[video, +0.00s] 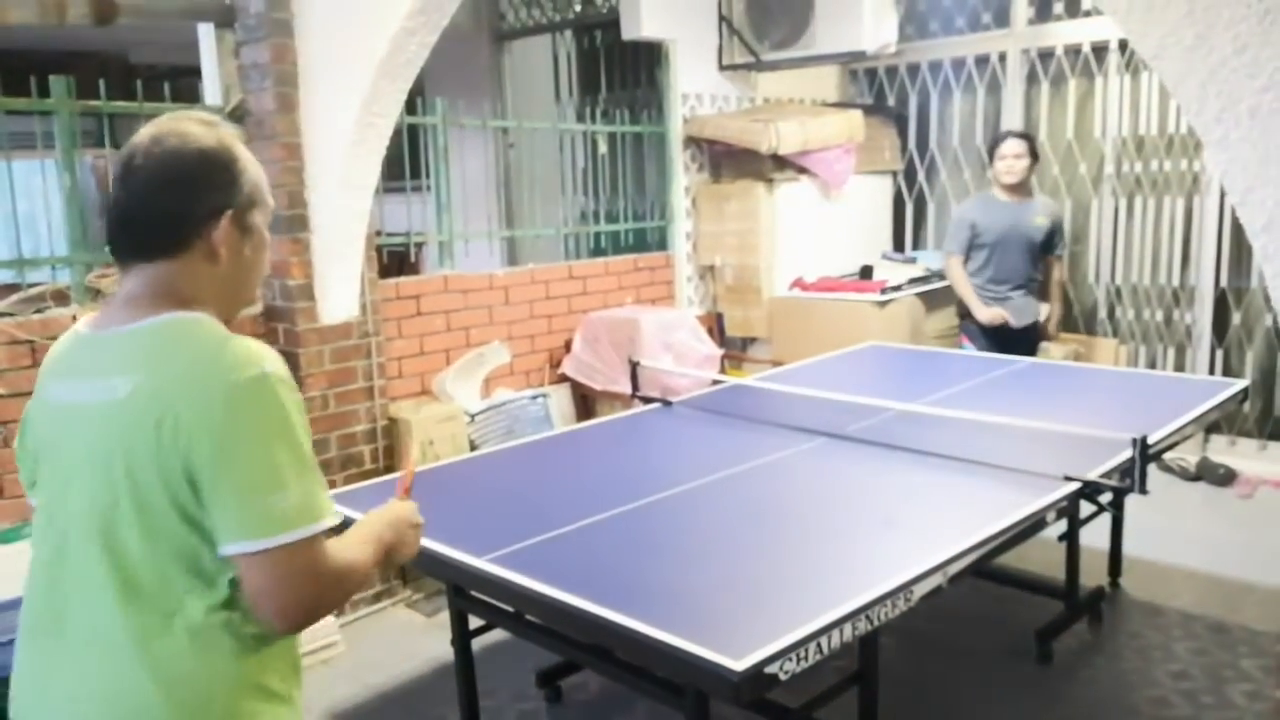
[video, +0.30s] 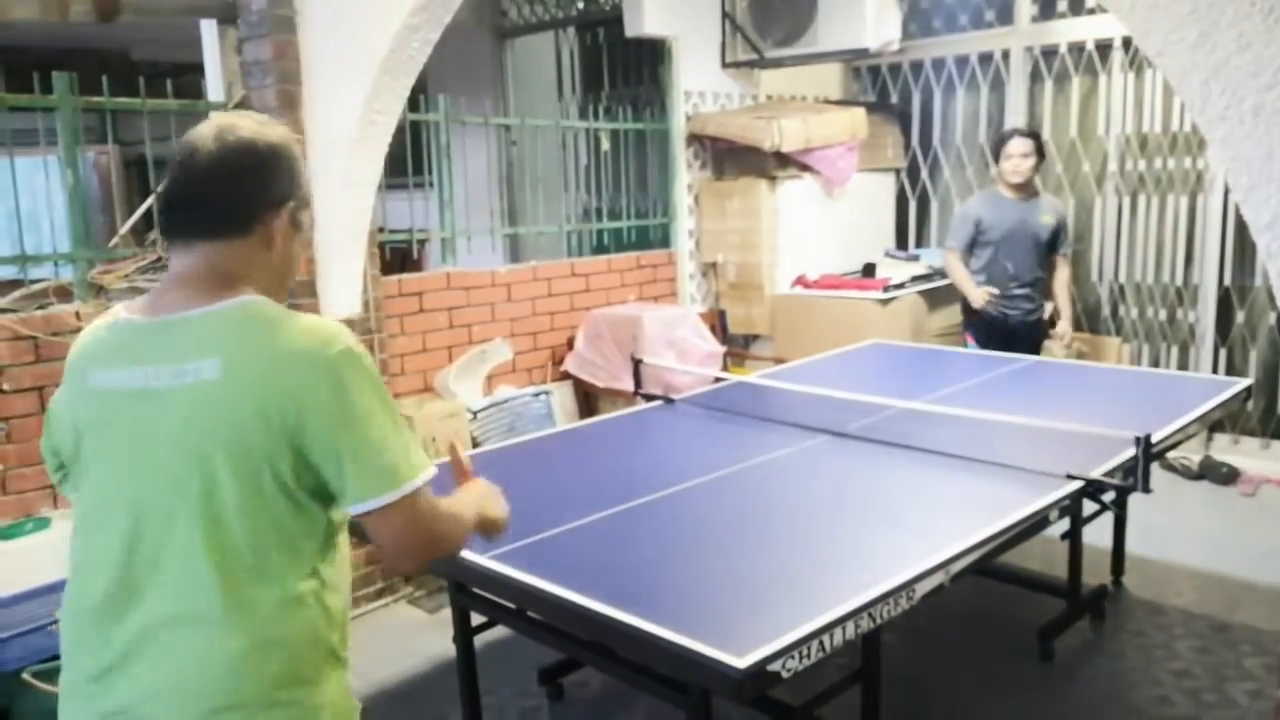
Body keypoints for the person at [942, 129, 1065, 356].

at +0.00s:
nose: (1009, 164)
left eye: (1018, 157)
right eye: (1002, 157)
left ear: (1032, 163)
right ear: (992, 164)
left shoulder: (1048, 211)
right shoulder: (969, 210)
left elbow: (1054, 264)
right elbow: (953, 263)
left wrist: (1054, 312)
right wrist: (980, 310)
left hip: (1027, 313)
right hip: (983, 311)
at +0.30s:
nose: (1016, 164)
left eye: (1025, 156)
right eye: (1008, 157)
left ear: (1038, 162)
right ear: (998, 162)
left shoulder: (1053, 211)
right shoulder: (976, 207)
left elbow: (1061, 265)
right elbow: (952, 256)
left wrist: (1065, 318)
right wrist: (972, 292)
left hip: (1030, 321)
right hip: (986, 318)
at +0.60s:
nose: (1008, 163)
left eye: (1017, 155)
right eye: (1000, 155)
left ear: (1031, 160)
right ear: (990, 162)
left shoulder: (1048, 209)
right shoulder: (969, 206)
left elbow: (1058, 256)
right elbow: (944, 253)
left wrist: (1044, 293)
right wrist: (959, 280)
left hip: (1023, 320)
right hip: (976, 317)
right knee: (979, 385)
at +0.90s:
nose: (992, 172)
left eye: (1001, 165)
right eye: (984, 166)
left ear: (1016, 169)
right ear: (975, 171)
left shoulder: (1037, 214)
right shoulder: (954, 216)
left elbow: (1050, 260)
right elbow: (929, 261)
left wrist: (1030, 289)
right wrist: (932, 283)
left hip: (1014, 312)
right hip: (968, 309)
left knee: (1012, 378)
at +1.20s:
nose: (958, 196)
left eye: (967, 187)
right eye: (951, 188)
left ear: (981, 190)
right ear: (941, 192)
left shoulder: (1003, 233)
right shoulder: (922, 238)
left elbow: (1026, 273)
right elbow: (889, 278)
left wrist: (1017, 306)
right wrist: (888, 305)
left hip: (991, 348)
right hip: (939, 349)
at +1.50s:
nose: (930, 210)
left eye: (938, 201)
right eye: (921, 203)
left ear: (951, 200)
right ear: (909, 204)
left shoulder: (975, 227)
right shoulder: (900, 242)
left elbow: (998, 270)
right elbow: (871, 283)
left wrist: (1009, 321)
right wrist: (866, 318)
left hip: (974, 341)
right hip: (923, 344)